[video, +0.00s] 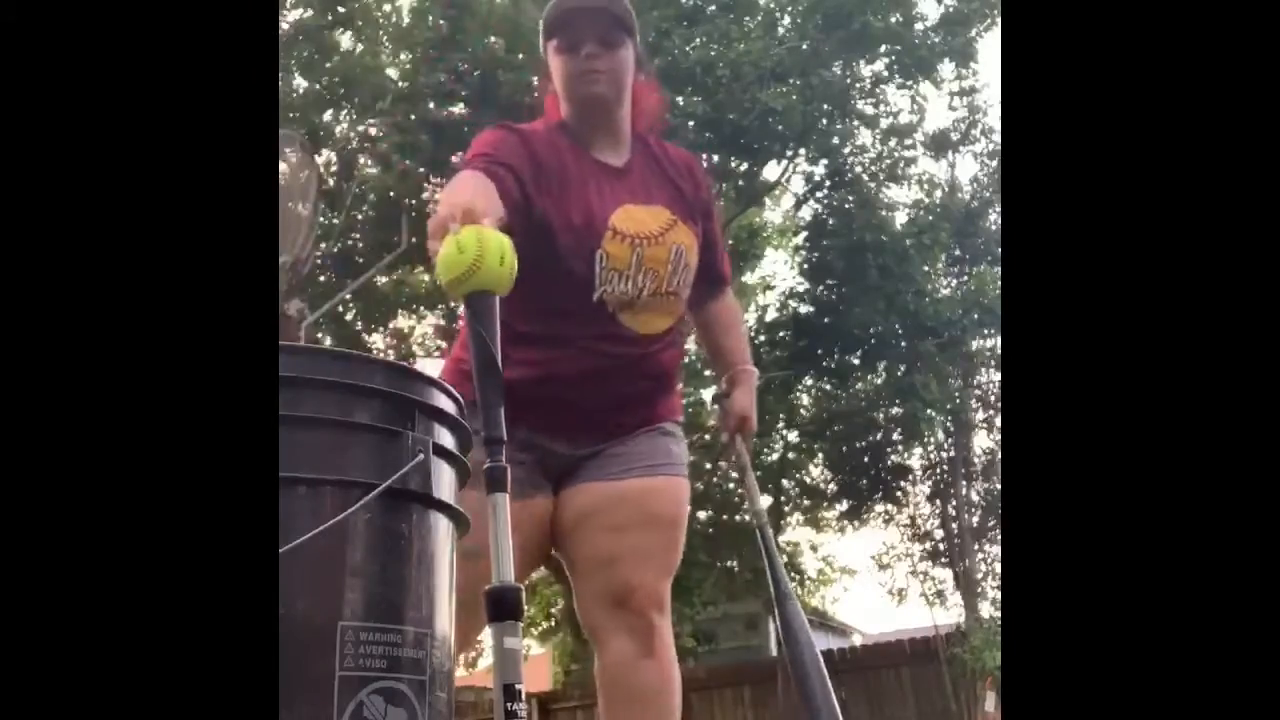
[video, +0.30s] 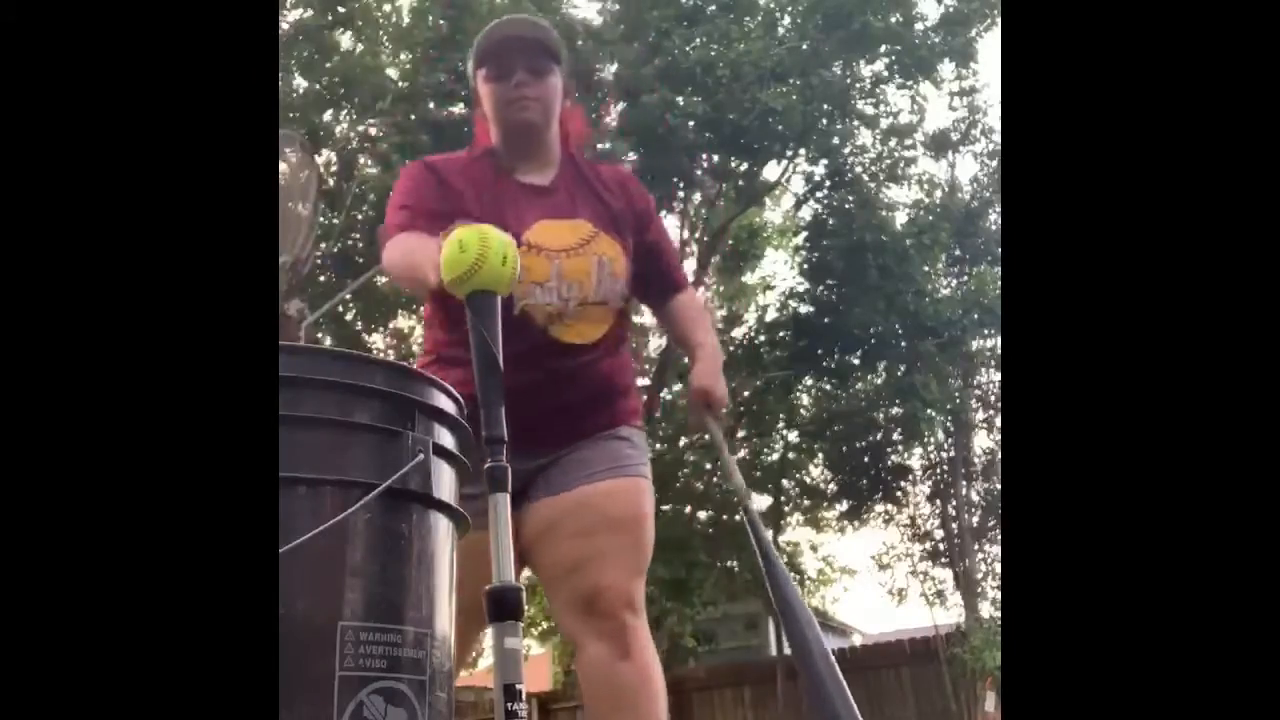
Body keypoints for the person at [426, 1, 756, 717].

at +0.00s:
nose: (589, 61)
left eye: (607, 46)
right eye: (571, 48)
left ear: (636, 60)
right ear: (548, 66)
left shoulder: (685, 177)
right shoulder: (518, 148)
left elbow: (712, 290)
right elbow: (478, 186)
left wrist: (742, 375)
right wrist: (464, 217)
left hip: (633, 428)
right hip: (499, 422)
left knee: (638, 621)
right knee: (447, 626)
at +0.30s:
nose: (521, 83)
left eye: (537, 70)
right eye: (502, 72)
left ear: (564, 87)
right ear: (478, 92)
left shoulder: (615, 188)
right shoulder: (435, 179)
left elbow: (672, 290)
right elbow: (400, 253)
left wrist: (707, 353)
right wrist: (449, 262)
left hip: (589, 433)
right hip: (462, 435)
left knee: (614, 623)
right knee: (425, 641)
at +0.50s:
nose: (455, 97)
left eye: (471, 84)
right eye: (437, 88)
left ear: (497, 101)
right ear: (416, 111)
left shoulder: (555, 194)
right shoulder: (370, 215)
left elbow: (639, 272)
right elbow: (347, 325)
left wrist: (615, 356)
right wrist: (380, 412)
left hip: (556, 442)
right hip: (433, 451)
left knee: (591, 623)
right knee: (410, 642)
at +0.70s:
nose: (417, 113)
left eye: (432, 99)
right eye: (398, 107)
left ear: (462, 118)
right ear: (382, 135)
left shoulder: (514, 195)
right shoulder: (350, 233)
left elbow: (542, 287)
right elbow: (317, 356)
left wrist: (431, 373)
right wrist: (318, 433)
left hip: (537, 428)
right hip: (419, 447)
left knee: (576, 629)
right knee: (390, 637)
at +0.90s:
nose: (410, 123)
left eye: (424, 110)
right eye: (392, 118)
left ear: (453, 124)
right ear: (377, 145)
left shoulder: (494, 186)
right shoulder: (361, 247)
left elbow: (513, 261)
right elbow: (344, 341)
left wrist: (387, 320)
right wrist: (322, 350)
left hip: (534, 424)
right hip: (424, 441)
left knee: (574, 630)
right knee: (401, 637)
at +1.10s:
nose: (399, 133)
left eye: (414, 118)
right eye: (381, 126)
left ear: (442, 131)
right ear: (366, 154)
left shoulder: (480, 180)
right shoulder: (366, 249)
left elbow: (434, 228)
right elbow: (351, 341)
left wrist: (309, 276)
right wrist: (294, 319)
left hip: (531, 425)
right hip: (430, 443)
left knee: (571, 631)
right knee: (392, 636)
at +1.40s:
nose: (352, 164)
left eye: (367, 149)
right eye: (332, 157)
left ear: (394, 161)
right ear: (318, 185)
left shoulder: (412, 212)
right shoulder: (325, 250)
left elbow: (290, 276)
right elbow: (294, 335)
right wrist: (313, 317)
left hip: (499, 422)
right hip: (415, 440)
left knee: (487, 605)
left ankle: (611, 716)